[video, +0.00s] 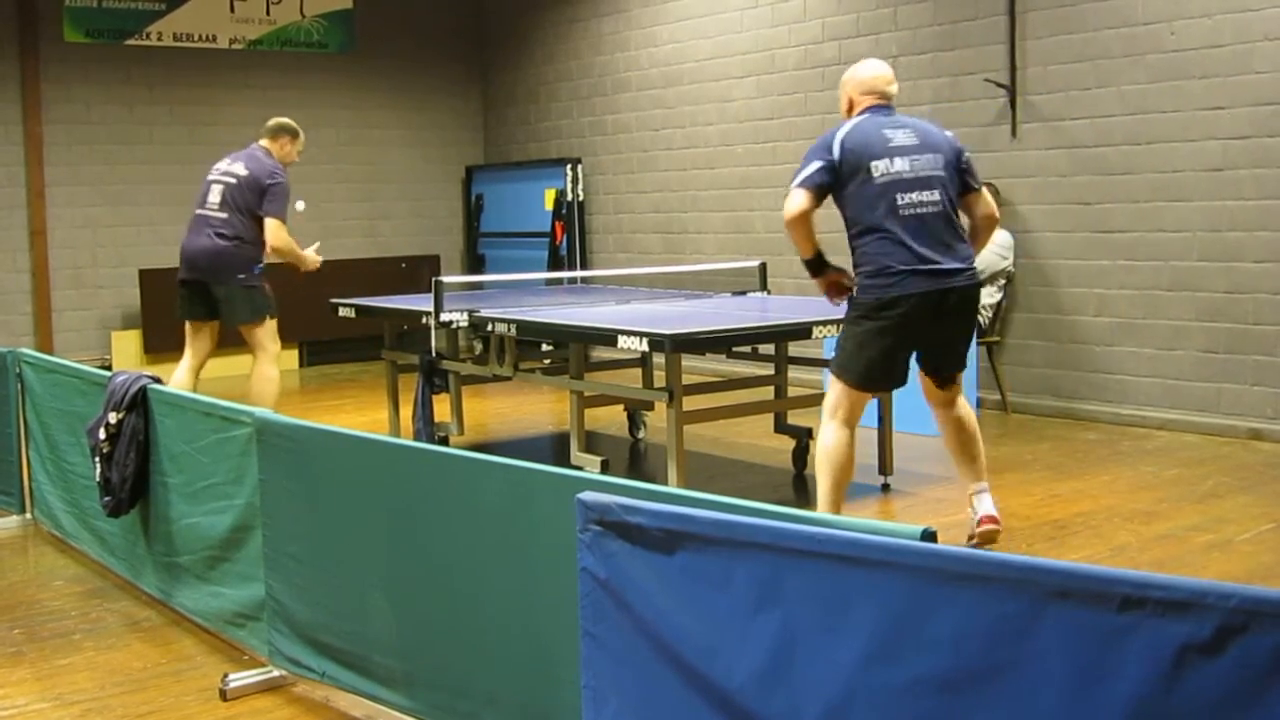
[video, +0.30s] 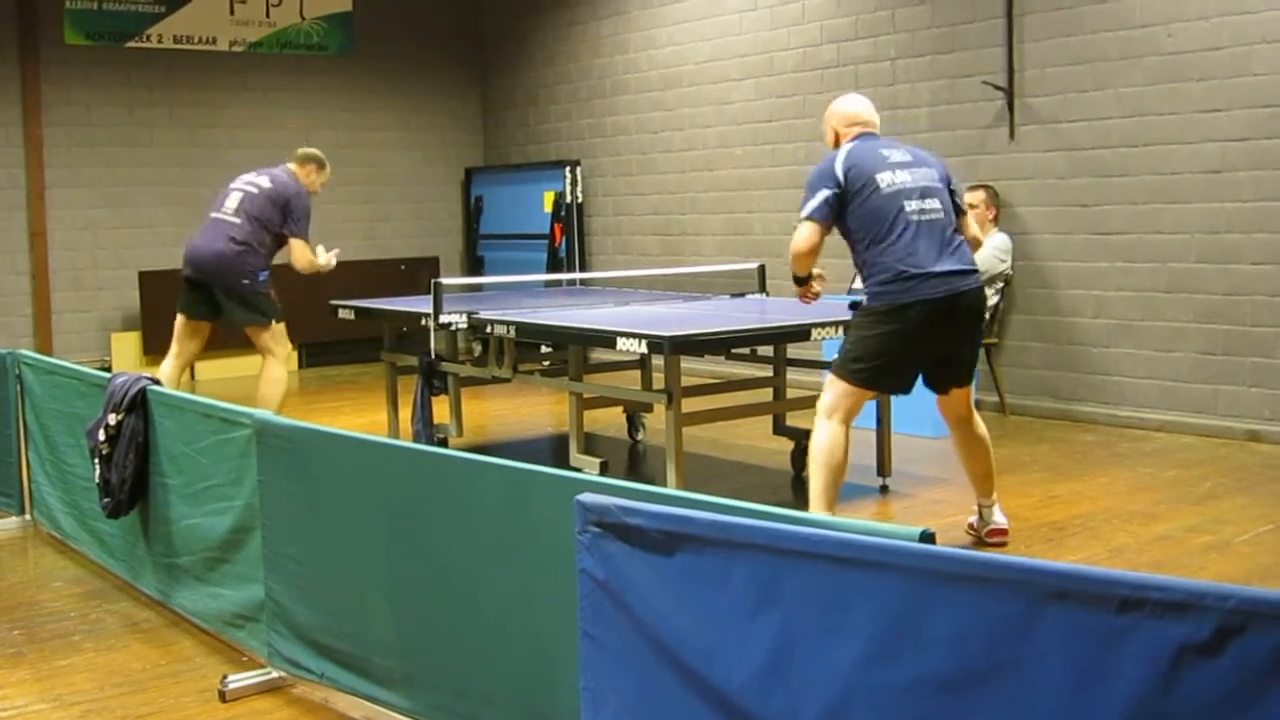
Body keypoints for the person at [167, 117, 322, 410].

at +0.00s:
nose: (297, 159)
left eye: (299, 152)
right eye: (297, 150)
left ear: (270, 141)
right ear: (283, 143)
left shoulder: (229, 161)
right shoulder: (273, 175)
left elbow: (225, 225)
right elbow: (276, 240)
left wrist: (271, 250)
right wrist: (303, 259)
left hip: (193, 260)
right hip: (234, 262)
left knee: (195, 352)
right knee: (267, 350)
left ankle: (167, 428)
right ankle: (262, 438)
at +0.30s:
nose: (319, 189)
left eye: (322, 184)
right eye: (321, 182)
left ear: (295, 165)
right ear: (310, 170)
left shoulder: (256, 175)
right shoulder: (296, 193)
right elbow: (301, 262)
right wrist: (321, 263)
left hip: (198, 256)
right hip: (239, 262)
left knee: (179, 352)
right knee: (277, 352)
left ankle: (151, 424)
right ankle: (262, 438)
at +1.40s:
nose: (312, 254)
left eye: (316, 249)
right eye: (314, 245)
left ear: (294, 228)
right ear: (300, 232)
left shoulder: (250, 227)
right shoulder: (281, 247)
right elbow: (287, 315)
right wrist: (327, 300)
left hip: (168, 285)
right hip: (207, 290)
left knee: (183, 369)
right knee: (281, 354)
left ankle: (153, 407)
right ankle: (265, 433)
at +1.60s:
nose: (308, 236)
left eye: (311, 231)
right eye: (308, 228)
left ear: (287, 212)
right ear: (292, 214)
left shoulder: (242, 212)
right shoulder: (276, 231)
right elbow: (288, 300)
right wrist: (330, 288)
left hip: (166, 274)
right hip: (205, 280)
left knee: (182, 358)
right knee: (277, 346)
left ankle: (152, 404)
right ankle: (264, 427)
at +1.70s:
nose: (305, 211)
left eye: (308, 205)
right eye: (305, 202)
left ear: (284, 189)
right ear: (288, 190)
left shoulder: (237, 191)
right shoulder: (274, 210)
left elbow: (207, 235)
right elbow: (290, 277)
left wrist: (233, 272)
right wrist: (333, 262)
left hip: (166, 259)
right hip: (205, 263)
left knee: (181, 348)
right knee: (271, 336)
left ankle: (150, 401)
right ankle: (261, 420)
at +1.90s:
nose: (297, 144)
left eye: (297, 137)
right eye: (294, 135)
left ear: (269, 129)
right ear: (274, 129)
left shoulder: (222, 142)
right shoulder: (267, 155)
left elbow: (205, 192)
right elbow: (304, 210)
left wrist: (243, 228)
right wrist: (330, 182)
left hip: (171, 226)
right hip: (209, 230)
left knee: (177, 320)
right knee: (252, 317)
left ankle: (146, 385)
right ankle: (253, 405)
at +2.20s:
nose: (298, 108)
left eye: (299, 101)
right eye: (298, 100)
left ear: (265, 91)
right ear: (287, 94)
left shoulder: (234, 109)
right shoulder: (280, 121)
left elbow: (191, 134)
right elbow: (289, 176)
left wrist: (224, 154)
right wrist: (329, 174)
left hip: (204, 211)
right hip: (242, 216)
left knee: (203, 297)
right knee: (269, 304)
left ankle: (154, 360)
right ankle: (248, 386)